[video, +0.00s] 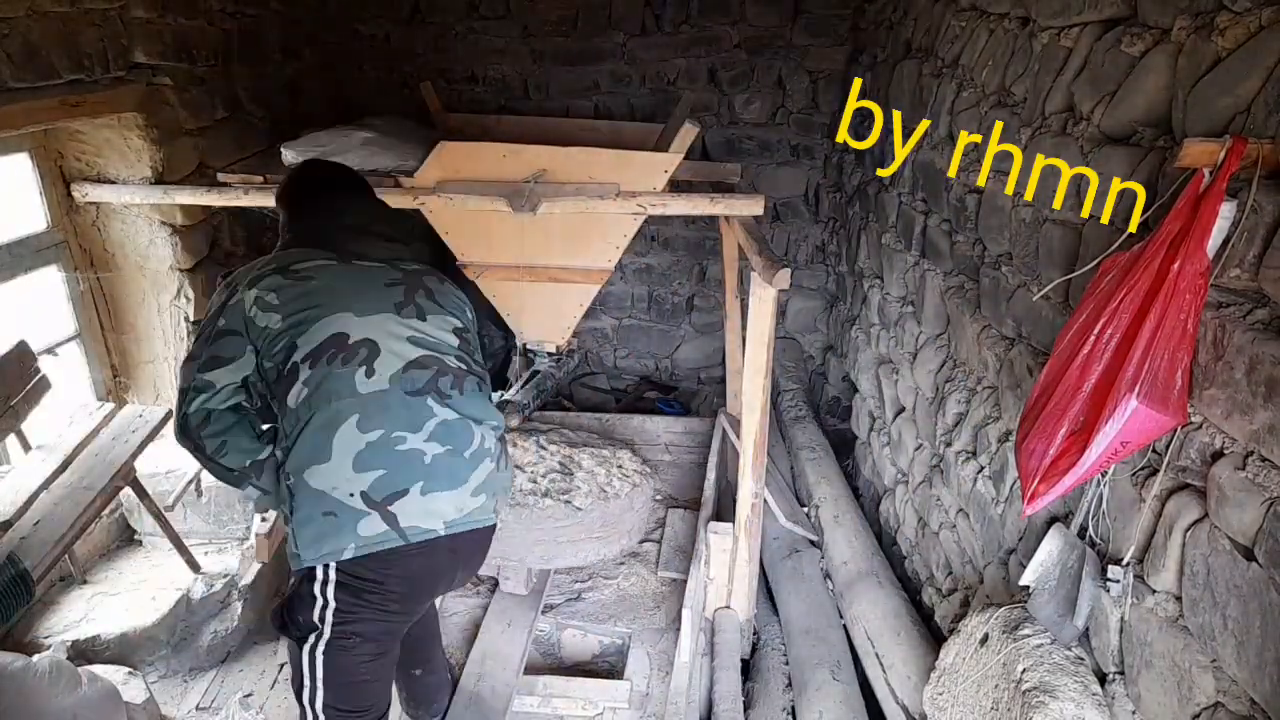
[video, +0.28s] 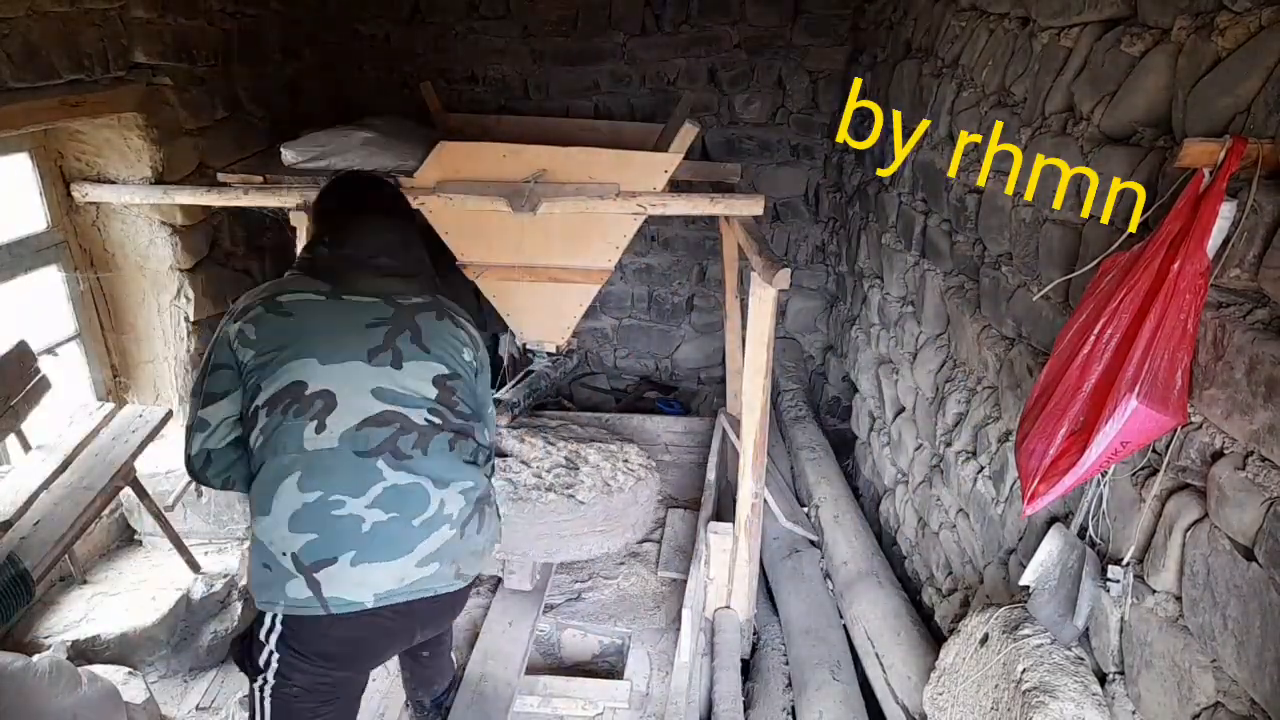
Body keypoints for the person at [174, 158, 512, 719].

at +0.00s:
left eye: (279, 221)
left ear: (288, 224)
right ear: (372, 211)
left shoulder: (257, 288)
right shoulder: (433, 280)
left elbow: (205, 414)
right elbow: (492, 361)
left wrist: (287, 487)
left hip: (356, 553)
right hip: (470, 530)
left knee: (340, 709)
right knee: (416, 606)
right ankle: (433, 707)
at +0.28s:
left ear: (317, 233)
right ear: (406, 233)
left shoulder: (254, 316)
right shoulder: (453, 322)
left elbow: (210, 456)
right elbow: (479, 447)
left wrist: (296, 466)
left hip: (321, 613)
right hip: (444, 590)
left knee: (303, 709)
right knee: (428, 636)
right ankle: (434, 706)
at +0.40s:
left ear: (390, 194)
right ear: (484, 213)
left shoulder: (299, 264)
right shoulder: (495, 332)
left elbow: (247, 399)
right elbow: (488, 452)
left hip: (319, 585)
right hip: (436, 565)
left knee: (321, 708)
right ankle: (435, 690)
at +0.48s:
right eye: (424, 250)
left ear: (344, 243)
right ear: (430, 253)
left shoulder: (265, 299)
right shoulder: (454, 338)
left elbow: (185, 440)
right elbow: (474, 468)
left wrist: (264, 500)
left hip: (298, 613)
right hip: (430, 586)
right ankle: (435, 703)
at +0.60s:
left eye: (240, 309)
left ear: (249, 312)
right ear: (337, 304)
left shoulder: (199, 379)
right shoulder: (408, 367)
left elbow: (164, 548)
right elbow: (465, 495)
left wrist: (249, 620)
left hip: (311, 667)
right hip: (449, 644)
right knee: (433, 706)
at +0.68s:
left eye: (174, 320)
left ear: (184, 322)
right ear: (294, 302)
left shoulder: (145, 405)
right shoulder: (370, 354)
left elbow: (175, 588)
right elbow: (437, 471)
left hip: (300, 682)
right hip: (454, 638)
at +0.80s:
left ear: (344, 180)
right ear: (436, 196)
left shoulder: (262, 258)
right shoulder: (469, 302)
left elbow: (220, 392)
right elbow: (485, 430)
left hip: (320, 606)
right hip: (446, 576)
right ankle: (497, 646)